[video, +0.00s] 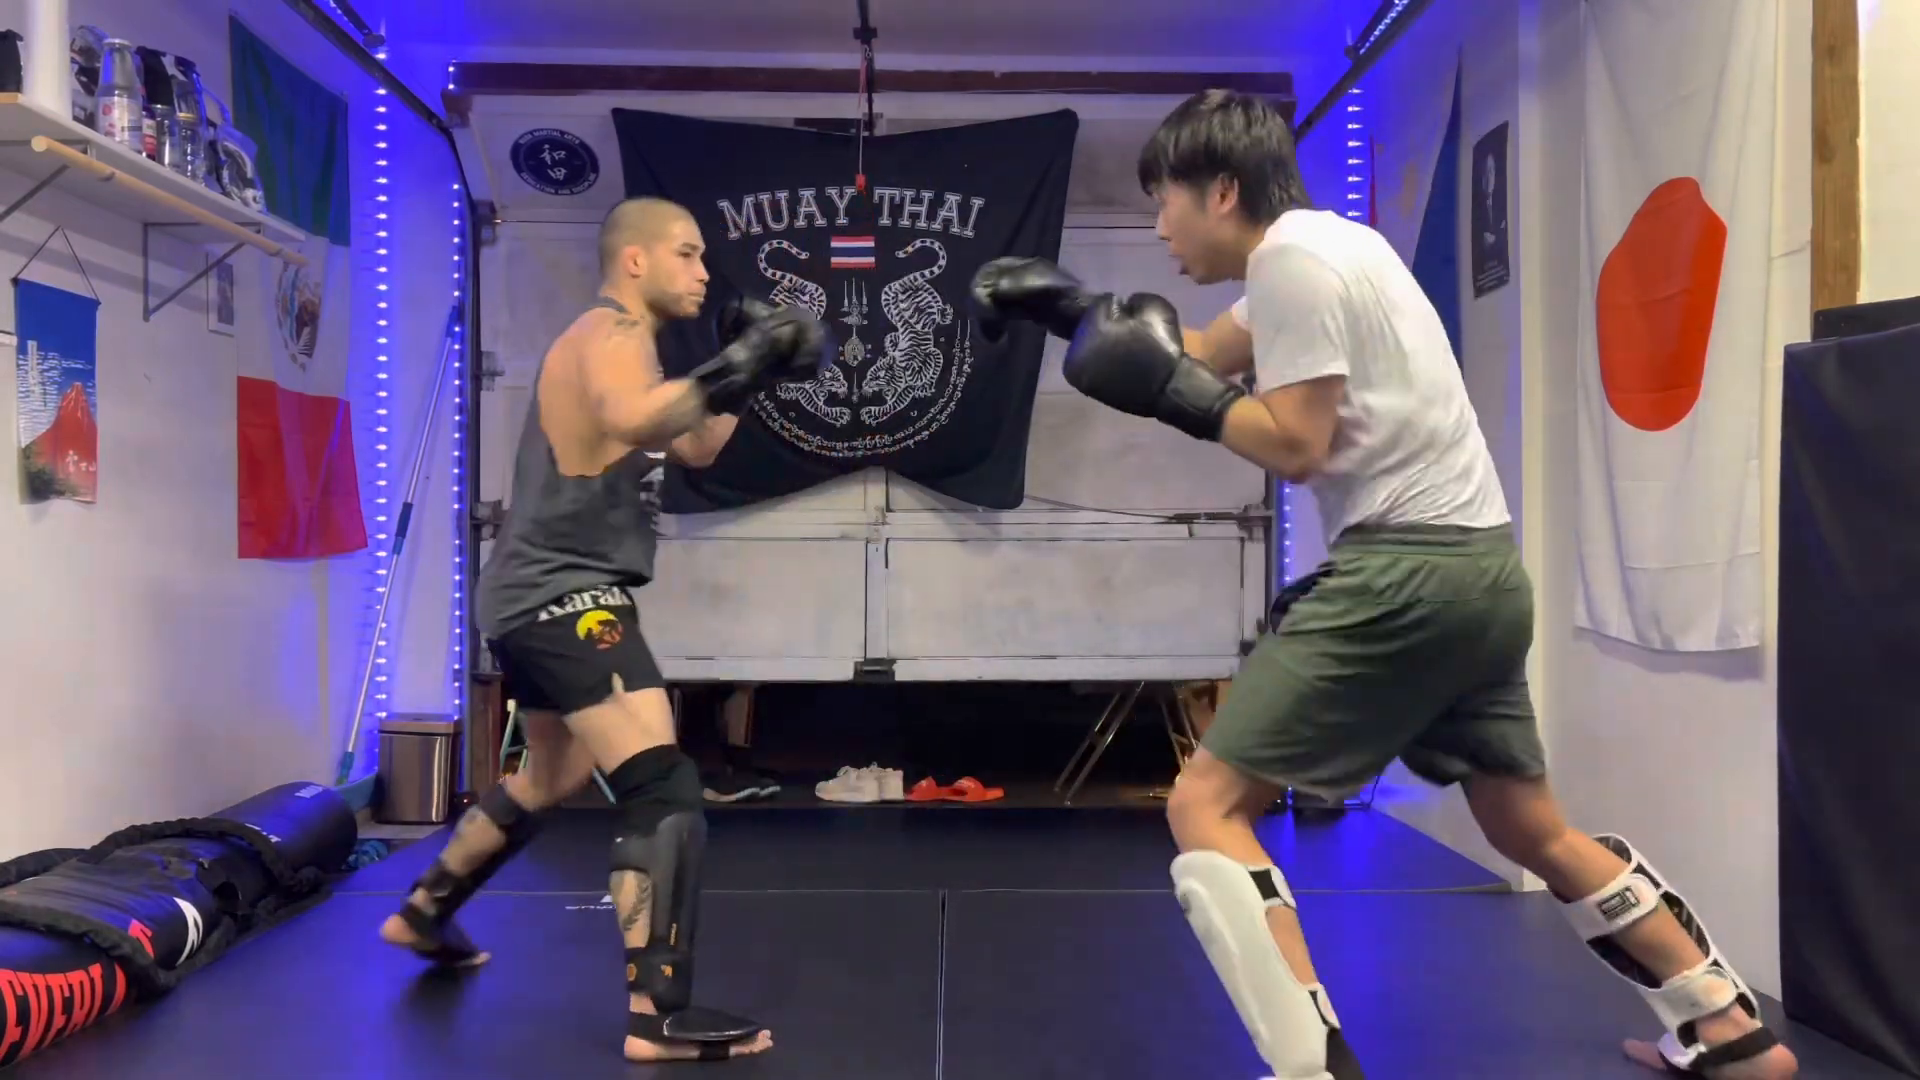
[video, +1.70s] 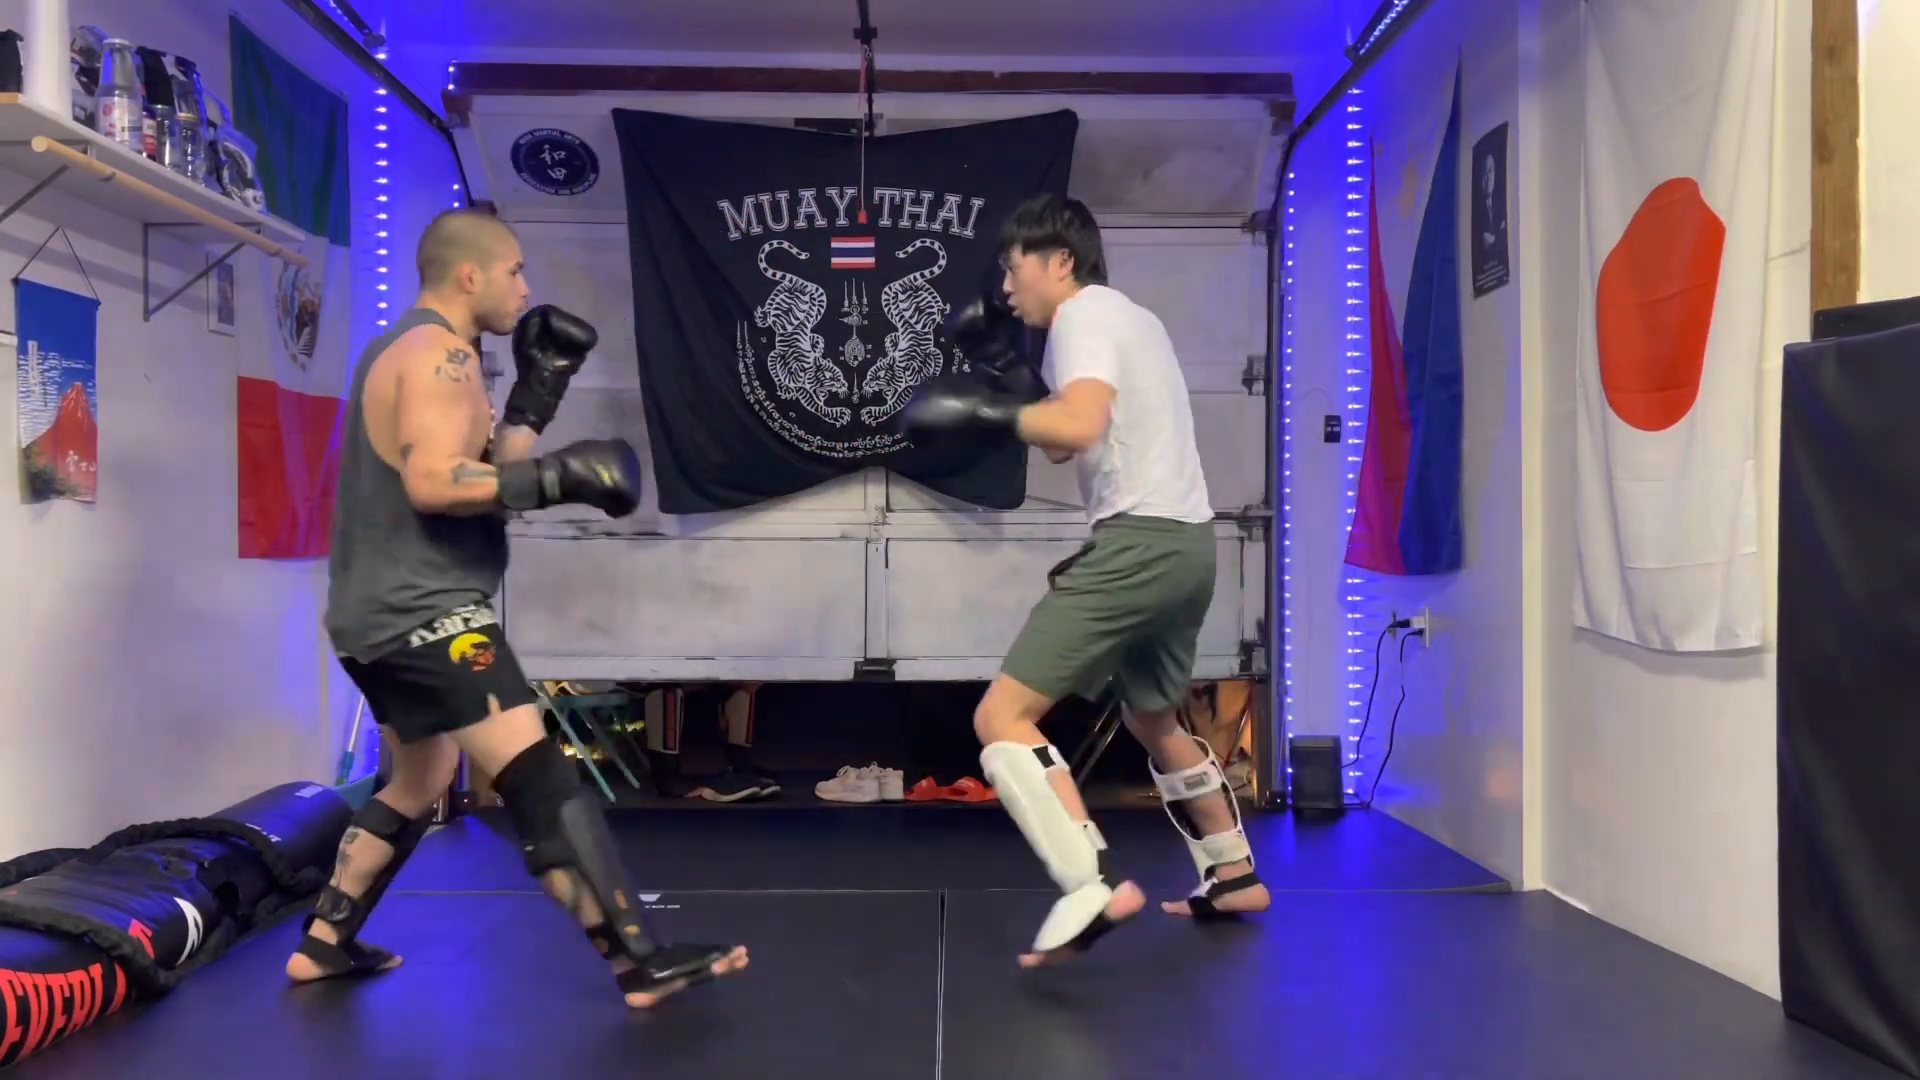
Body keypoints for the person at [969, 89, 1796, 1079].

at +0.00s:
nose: (1156, 218)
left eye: (1165, 193)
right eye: (1156, 196)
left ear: (1223, 193)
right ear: (1248, 187)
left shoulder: (1289, 260)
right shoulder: (1340, 247)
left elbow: (1298, 442)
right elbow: (1205, 360)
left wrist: (1168, 389)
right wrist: (1078, 307)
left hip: (1398, 574)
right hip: (1486, 571)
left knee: (1203, 802)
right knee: (1532, 828)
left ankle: (1311, 1061)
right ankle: (1732, 1027)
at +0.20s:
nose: (1133, 182)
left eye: (1140, 156)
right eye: (1130, 158)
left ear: (1198, 142)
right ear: (1210, 142)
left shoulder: (1287, 203)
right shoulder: (1289, 203)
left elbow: (1270, 385)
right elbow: (1252, 353)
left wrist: (1137, 339)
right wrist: (1136, 315)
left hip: (1422, 485)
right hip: (1454, 483)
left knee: (1307, 770)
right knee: (1438, 755)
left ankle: (1332, 1058)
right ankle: (1599, 962)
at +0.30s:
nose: (1143, 184)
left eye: (1150, 158)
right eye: (1141, 162)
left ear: (1208, 144)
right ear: (1216, 147)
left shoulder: (1267, 198)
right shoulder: (1299, 203)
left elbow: (1157, 359)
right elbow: (1276, 387)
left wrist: (1052, 324)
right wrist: (1175, 305)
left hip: (1422, 485)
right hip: (1452, 480)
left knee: (1344, 792)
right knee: (1413, 766)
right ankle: (1482, 986)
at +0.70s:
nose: (1144, 161)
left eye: (1155, 138)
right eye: (1142, 143)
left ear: (1212, 133)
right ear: (1210, 142)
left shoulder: (1254, 187)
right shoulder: (1232, 219)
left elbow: (1305, 318)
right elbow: (1220, 364)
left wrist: (1176, 347)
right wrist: (1159, 269)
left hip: (1326, 462)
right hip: (1305, 467)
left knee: (1275, 727)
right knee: (1272, 724)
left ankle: (1428, 944)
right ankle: (1361, 902)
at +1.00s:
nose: (1106, 229)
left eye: (1116, 209)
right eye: (1104, 213)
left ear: (1169, 201)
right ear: (1163, 207)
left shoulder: (1216, 255)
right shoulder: (1197, 281)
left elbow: (1239, 388)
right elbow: (1159, 404)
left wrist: (1128, 371)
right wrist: (1099, 314)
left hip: (1255, 517)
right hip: (1248, 519)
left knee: (1143, 733)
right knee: (1214, 723)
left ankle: (1295, 899)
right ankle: (1298, 890)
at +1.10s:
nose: (1076, 238)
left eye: (1085, 218)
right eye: (1073, 222)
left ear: (1139, 210)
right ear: (1143, 219)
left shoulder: (1174, 257)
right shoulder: (1174, 275)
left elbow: (1119, 369)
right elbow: (1133, 401)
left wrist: (1011, 335)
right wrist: (1040, 333)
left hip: (1250, 503)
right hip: (1263, 505)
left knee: (1133, 720)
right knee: (1186, 707)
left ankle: (1186, 940)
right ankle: (1263, 867)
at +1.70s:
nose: (1007, 287)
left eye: (1014, 269)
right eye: (1005, 271)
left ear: (1059, 262)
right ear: (1069, 266)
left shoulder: (1086, 315)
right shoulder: (1133, 319)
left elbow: (1078, 425)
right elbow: (1069, 439)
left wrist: (991, 409)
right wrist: (1018, 373)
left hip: (1138, 545)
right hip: (1187, 547)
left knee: (1003, 716)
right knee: (1154, 715)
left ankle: (1090, 882)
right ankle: (1232, 875)